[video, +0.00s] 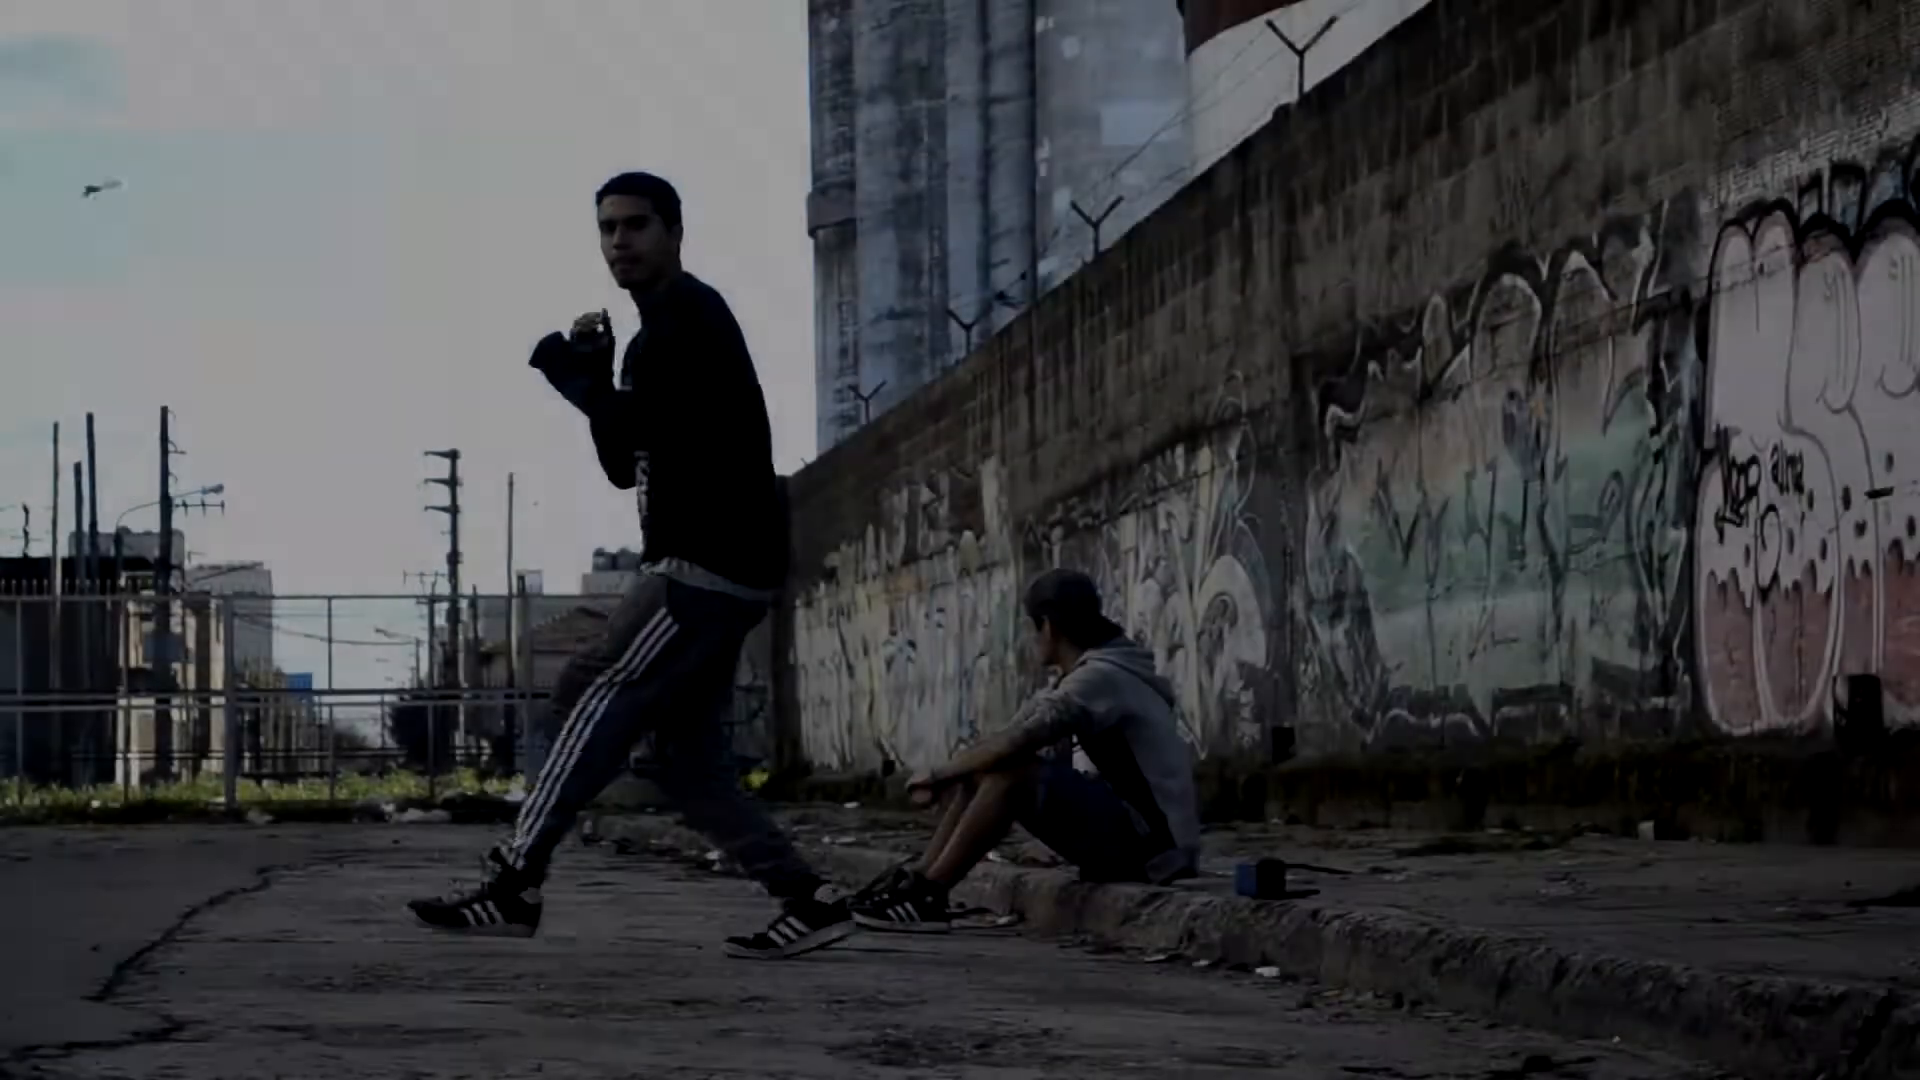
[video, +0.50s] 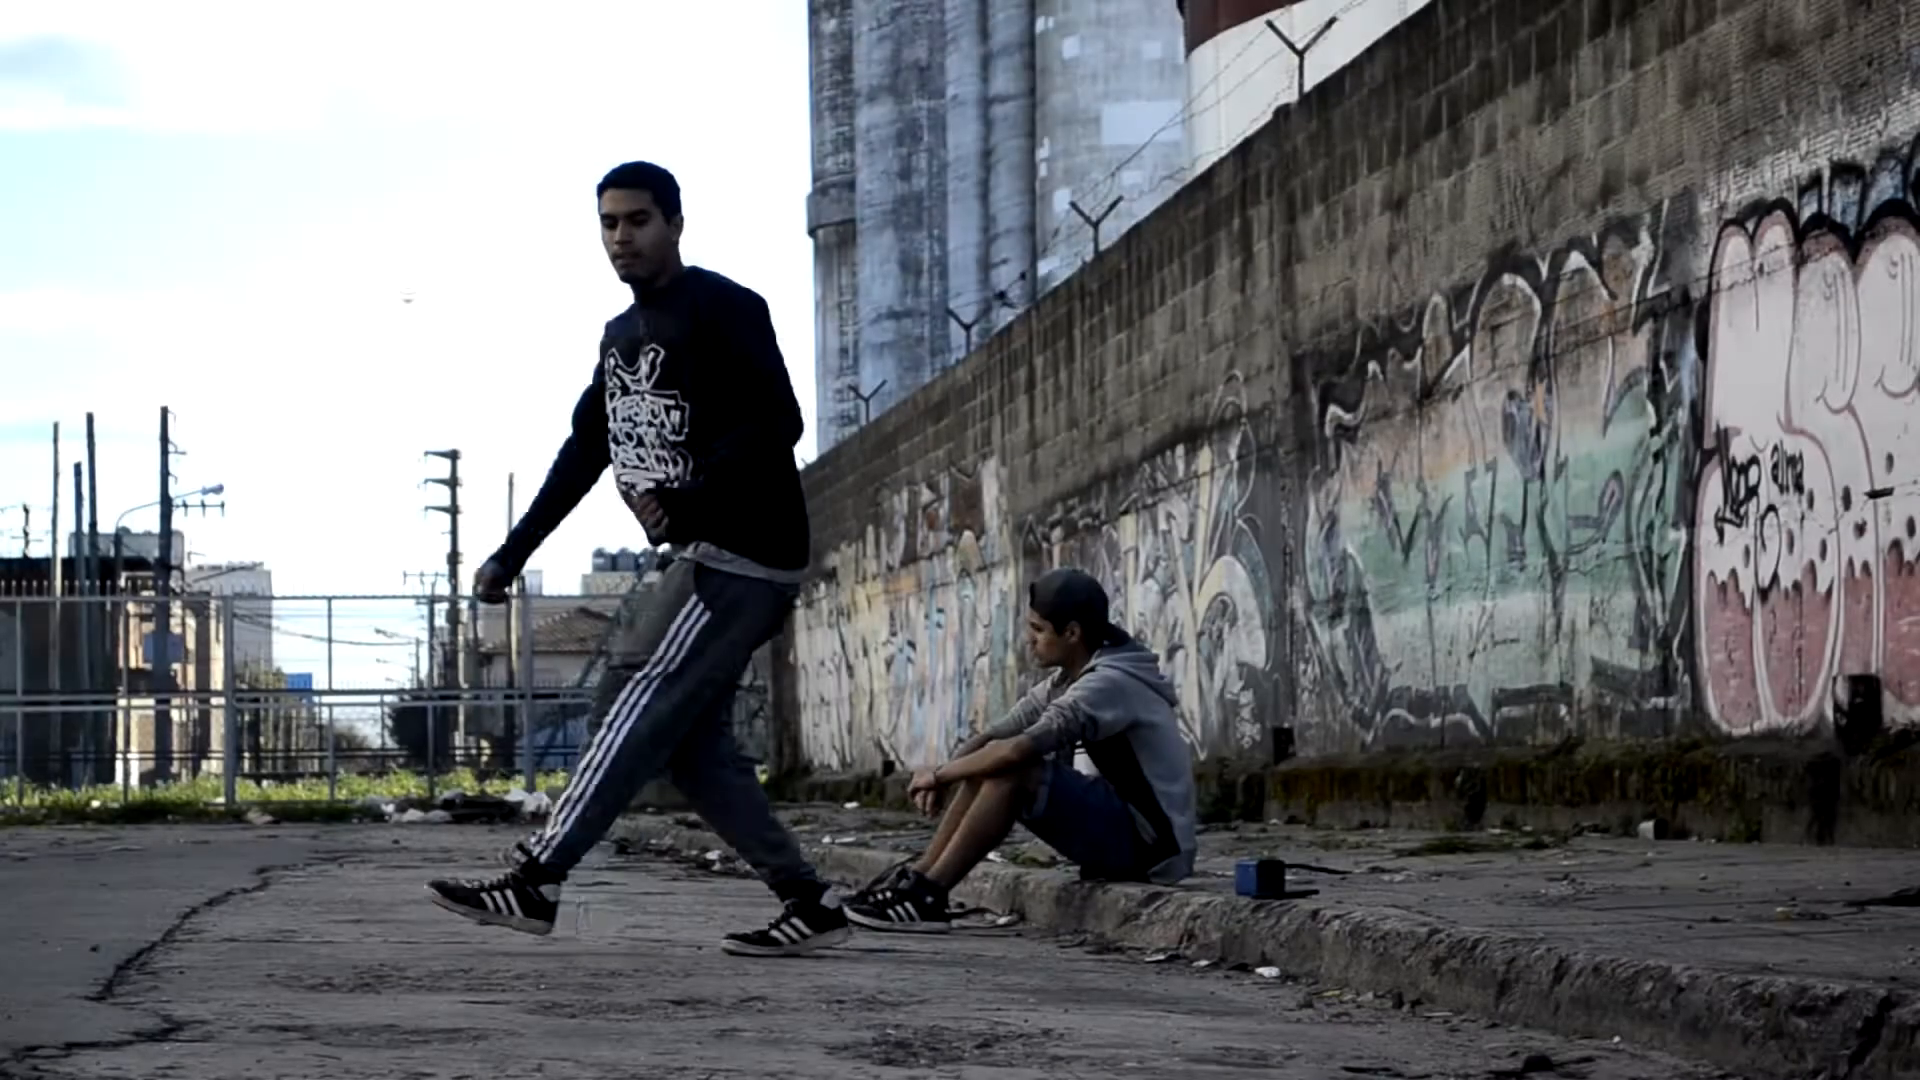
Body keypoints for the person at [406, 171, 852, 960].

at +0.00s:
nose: (620, 242)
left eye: (636, 225)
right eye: (609, 230)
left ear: (673, 233)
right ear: (602, 243)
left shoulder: (687, 316)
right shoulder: (662, 328)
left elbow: (644, 438)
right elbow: (623, 465)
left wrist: (585, 382)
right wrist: (599, 383)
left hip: (713, 564)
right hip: (709, 564)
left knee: (601, 698)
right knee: (683, 754)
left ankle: (513, 886)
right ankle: (806, 895)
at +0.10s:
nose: (615, 220)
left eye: (631, 204)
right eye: (603, 207)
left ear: (666, 211)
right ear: (593, 220)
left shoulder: (678, 286)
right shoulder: (616, 312)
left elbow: (654, 387)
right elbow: (584, 424)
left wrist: (565, 347)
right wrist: (541, 340)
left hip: (708, 530)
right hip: (705, 535)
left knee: (602, 694)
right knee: (654, 737)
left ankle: (609, 889)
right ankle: (773, 854)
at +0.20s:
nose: (618, 234)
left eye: (636, 220)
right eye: (607, 221)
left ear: (668, 231)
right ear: (596, 230)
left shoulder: (677, 299)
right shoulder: (607, 315)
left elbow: (661, 370)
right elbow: (527, 394)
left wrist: (549, 343)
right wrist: (468, 335)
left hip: (701, 555)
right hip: (661, 554)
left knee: (615, 715)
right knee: (616, 716)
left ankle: (624, 904)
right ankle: (760, 781)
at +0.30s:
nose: (621, 232)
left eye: (639, 219)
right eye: (612, 218)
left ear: (675, 226)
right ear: (601, 226)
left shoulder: (692, 303)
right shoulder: (606, 310)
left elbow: (663, 381)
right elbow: (524, 368)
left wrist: (566, 359)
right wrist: (420, 380)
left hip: (706, 551)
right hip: (660, 550)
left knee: (619, 711)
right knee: (593, 715)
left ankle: (623, 901)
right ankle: (768, 769)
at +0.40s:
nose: (625, 213)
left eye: (640, 196)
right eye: (613, 200)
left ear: (677, 199)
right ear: (604, 209)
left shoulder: (713, 283)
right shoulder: (618, 299)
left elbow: (709, 407)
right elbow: (547, 384)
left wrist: (624, 414)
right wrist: (454, 460)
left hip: (719, 531)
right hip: (678, 530)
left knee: (616, 683)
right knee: (637, 699)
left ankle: (604, 881)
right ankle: (775, 836)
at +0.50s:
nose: (621, 237)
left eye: (637, 220)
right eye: (610, 224)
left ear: (675, 225)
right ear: (602, 236)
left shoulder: (729, 310)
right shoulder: (622, 337)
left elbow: (780, 421)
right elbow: (587, 448)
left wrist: (686, 498)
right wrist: (514, 552)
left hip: (748, 559)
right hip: (701, 556)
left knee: (639, 712)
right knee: (698, 752)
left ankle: (535, 881)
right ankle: (810, 899)